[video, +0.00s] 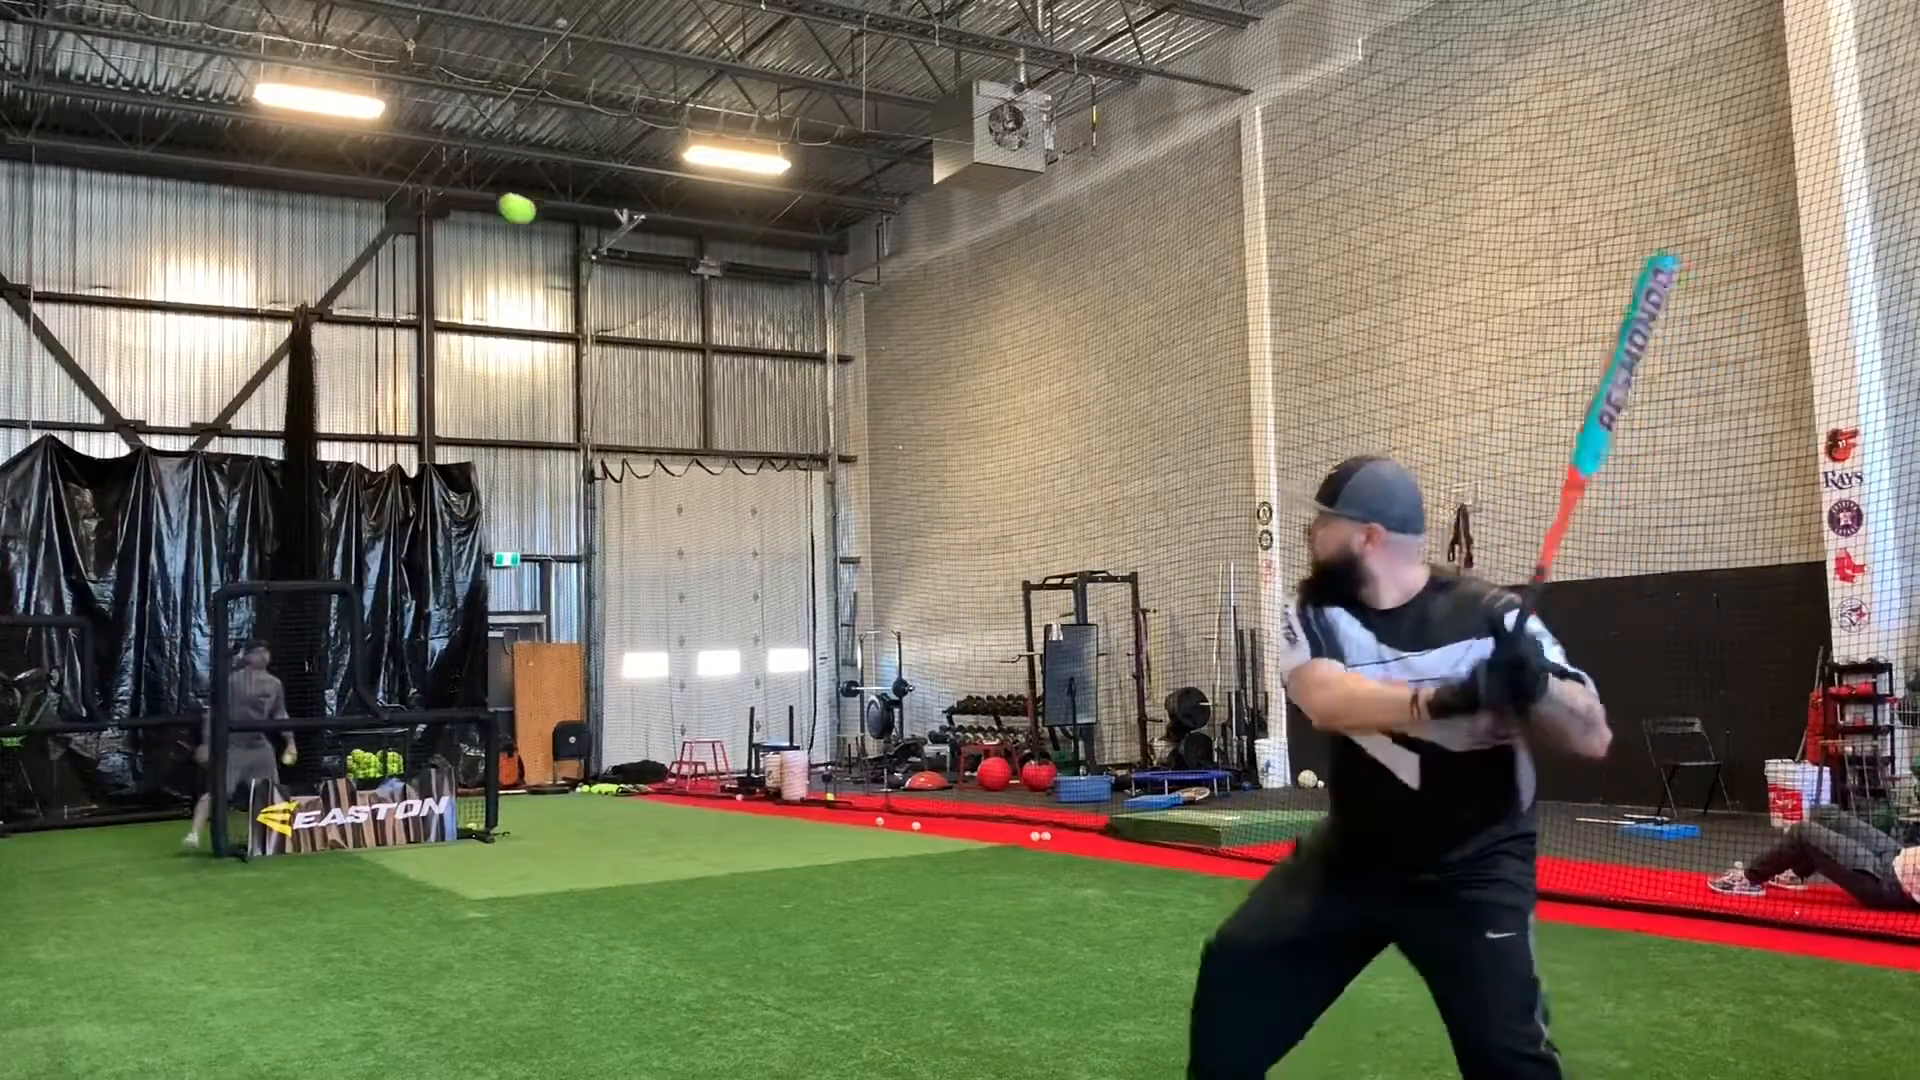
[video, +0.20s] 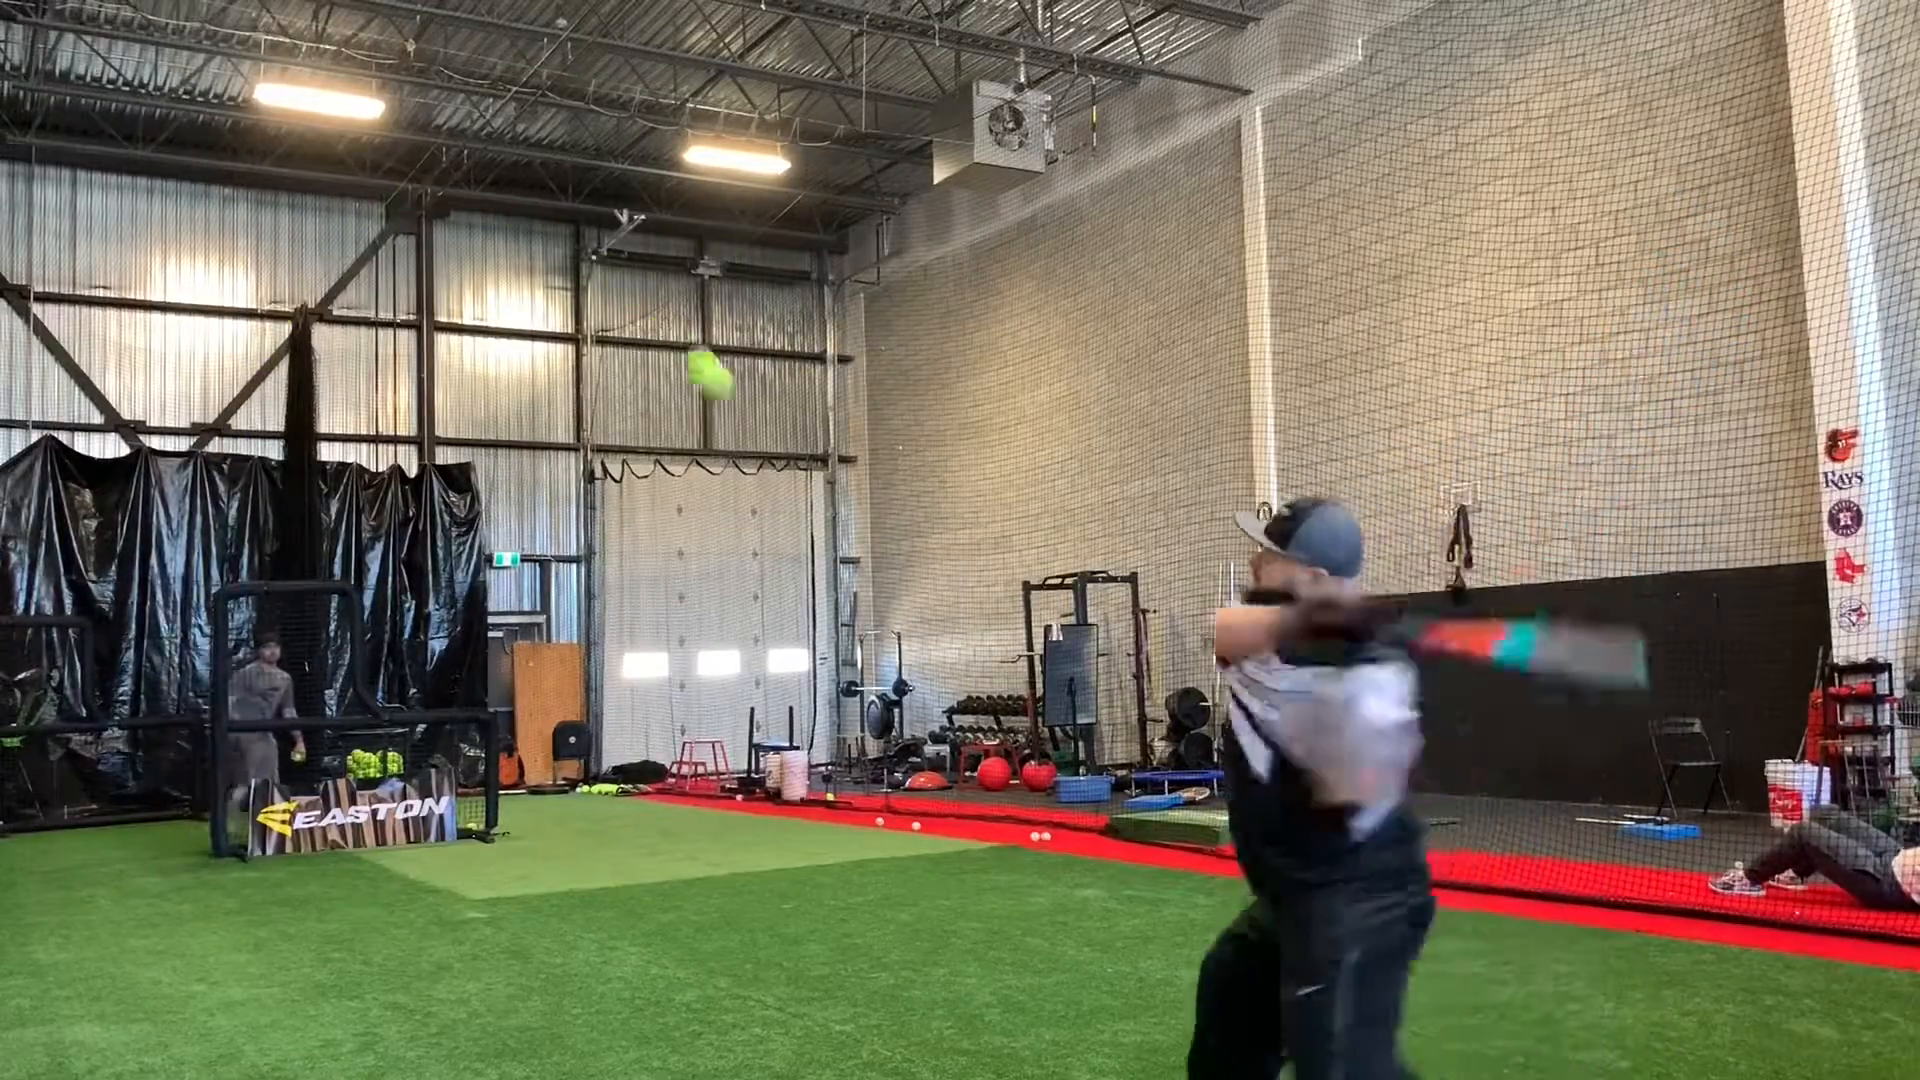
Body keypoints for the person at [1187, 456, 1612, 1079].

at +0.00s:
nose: (1312, 533)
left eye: (1324, 519)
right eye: (1316, 520)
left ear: (1370, 536)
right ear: (1365, 537)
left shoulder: (1491, 613)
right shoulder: (1314, 613)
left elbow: (1592, 737)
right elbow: (1322, 703)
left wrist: (1534, 692)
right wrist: (1443, 700)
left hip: (1472, 871)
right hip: (1350, 859)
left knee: (1505, 1050)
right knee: (1237, 966)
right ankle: (1219, 1074)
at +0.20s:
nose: (1254, 559)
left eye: (1269, 553)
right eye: (1260, 550)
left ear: (1306, 574)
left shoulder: (1372, 666)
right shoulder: (1257, 627)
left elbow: (1360, 784)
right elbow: (1223, 633)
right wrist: (1312, 616)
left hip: (1360, 898)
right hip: (1296, 891)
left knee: (1343, 1060)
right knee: (1232, 988)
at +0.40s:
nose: (1219, 573)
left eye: (1220, 563)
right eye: (1217, 561)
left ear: (1239, 570)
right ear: (1298, 549)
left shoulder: (1216, 640)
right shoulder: (1376, 592)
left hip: (1286, 874)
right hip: (1383, 868)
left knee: (1260, 1043)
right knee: (1289, 1030)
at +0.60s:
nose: (1223, 537)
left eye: (1222, 529)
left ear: (1228, 539)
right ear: (1297, 520)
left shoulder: (1223, 610)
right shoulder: (1351, 580)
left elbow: (1323, 557)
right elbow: (1467, 635)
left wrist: (1407, 504)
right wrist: (1588, 652)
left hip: (1289, 855)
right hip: (1393, 848)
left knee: (1334, 1044)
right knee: (1315, 1038)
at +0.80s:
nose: (1260, 516)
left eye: (1259, 506)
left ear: (1262, 515)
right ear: (1336, 497)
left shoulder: (1269, 584)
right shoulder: (1365, 552)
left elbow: (1370, 528)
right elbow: (1366, 655)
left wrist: (1426, 461)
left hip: (1326, 844)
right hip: (1421, 845)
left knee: (1348, 1042)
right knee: (1390, 1039)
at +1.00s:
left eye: (1271, 482)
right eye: (1350, 467)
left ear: (1270, 491)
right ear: (1348, 472)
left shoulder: (1281, 565)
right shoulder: (1358, 558)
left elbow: (1419, 538)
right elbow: (1374, 689)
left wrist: (1490, 469)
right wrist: (1420, 821)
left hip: (1329, 831)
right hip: (1424, 824)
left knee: (1376, 1023)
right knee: (1473, 1015)